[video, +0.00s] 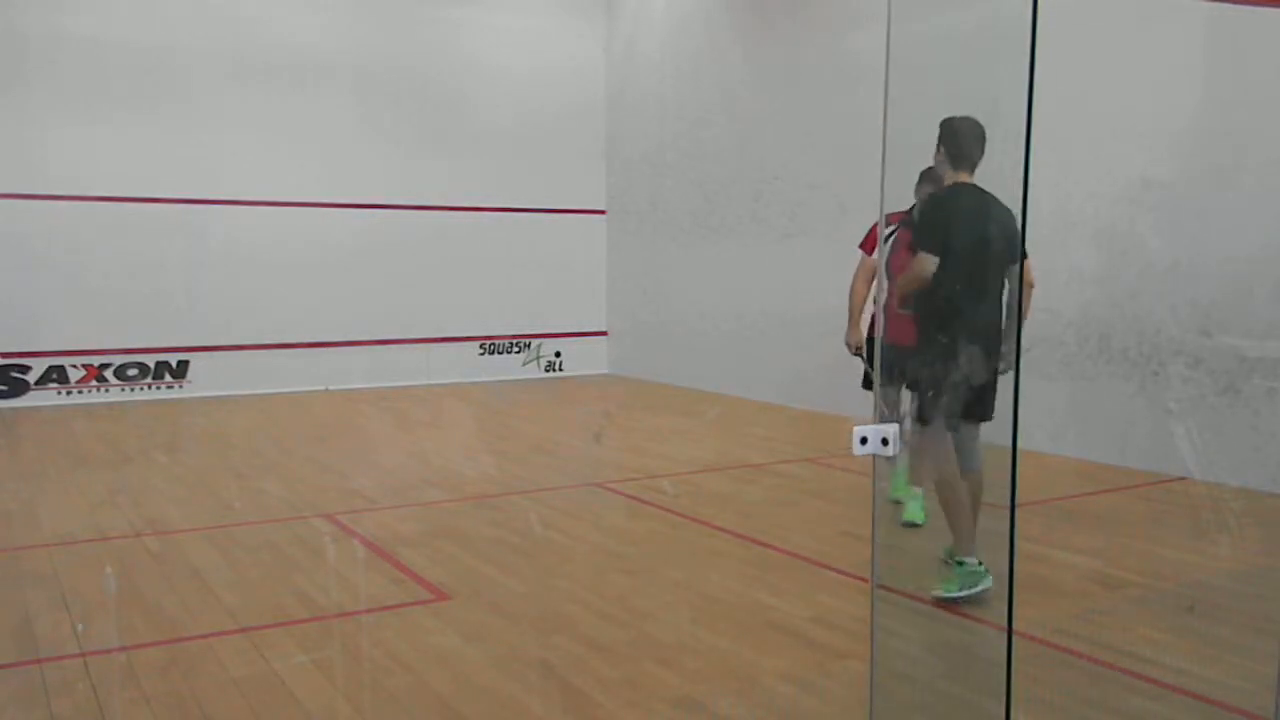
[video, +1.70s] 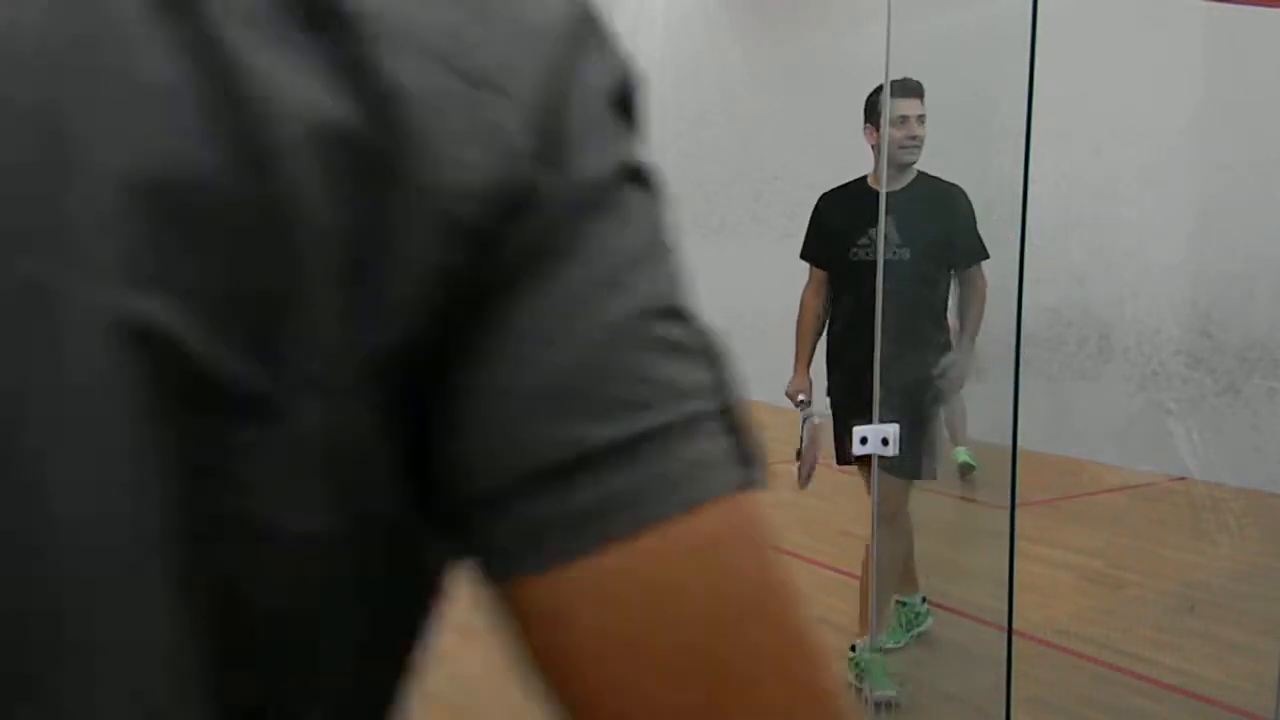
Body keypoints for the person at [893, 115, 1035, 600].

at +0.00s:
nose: (934, 155)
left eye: (937, 148)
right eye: (940, 148)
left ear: (941, 152)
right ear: (980, 157)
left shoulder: (937, 204)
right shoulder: (1002, 213)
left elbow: (925, 265)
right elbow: (1025, 282)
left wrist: (900, 289)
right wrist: (1010, 332)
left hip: (945, 345)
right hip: (984, 347)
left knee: (938, 442)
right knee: (968, 442)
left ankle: (969, 561)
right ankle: (965, 547)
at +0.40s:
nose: (940, 152)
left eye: (951, 145)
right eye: (937, 143)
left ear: (979, 150)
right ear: (935, 144)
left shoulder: (995, 204)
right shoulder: (948, 205)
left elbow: (1009, 280)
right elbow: (943, 276)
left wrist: (944, 300)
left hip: (976, 349)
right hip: (936, 344)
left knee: (967, 453)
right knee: (918, 447)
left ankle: (979, 570)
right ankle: (929, 551)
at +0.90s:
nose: (960, 142)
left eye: (967, 133)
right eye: (949, 132)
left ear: (974, 141)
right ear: (923, 138)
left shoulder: (992, 206)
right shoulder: (891, 209)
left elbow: (1009, 287)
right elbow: (863, 285)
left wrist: (985, 338)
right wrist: (836, 352)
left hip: (965, 362)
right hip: (904, 361)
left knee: (959, 468)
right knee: (909, 477)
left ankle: (967, 564)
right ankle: (912, 604)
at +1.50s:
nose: (917, 131)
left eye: (922, 122)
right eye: (904, 123)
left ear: (929, 129)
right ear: (875, 132)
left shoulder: (951, 196)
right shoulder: (844, 205)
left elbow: (980, 275)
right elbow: (821, 282)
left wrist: (987, 345)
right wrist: (812, 349)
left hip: (931, 366)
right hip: (867, 370)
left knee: (917, 496)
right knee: (887, 496)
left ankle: (915, 629)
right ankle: (909, 607)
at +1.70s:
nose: (912, 132)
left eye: (918, 121)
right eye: (900, 122)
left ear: (928, 129)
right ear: (871, 132)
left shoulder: (948, 202)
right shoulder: (836, 206)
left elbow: (974, 284)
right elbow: (816, 292)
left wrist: (964, 353)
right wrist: (801, 369)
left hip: (916, 372)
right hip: (853, 371)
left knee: (889, 503)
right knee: (884, 495)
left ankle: (870, 646)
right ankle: (910, 599)